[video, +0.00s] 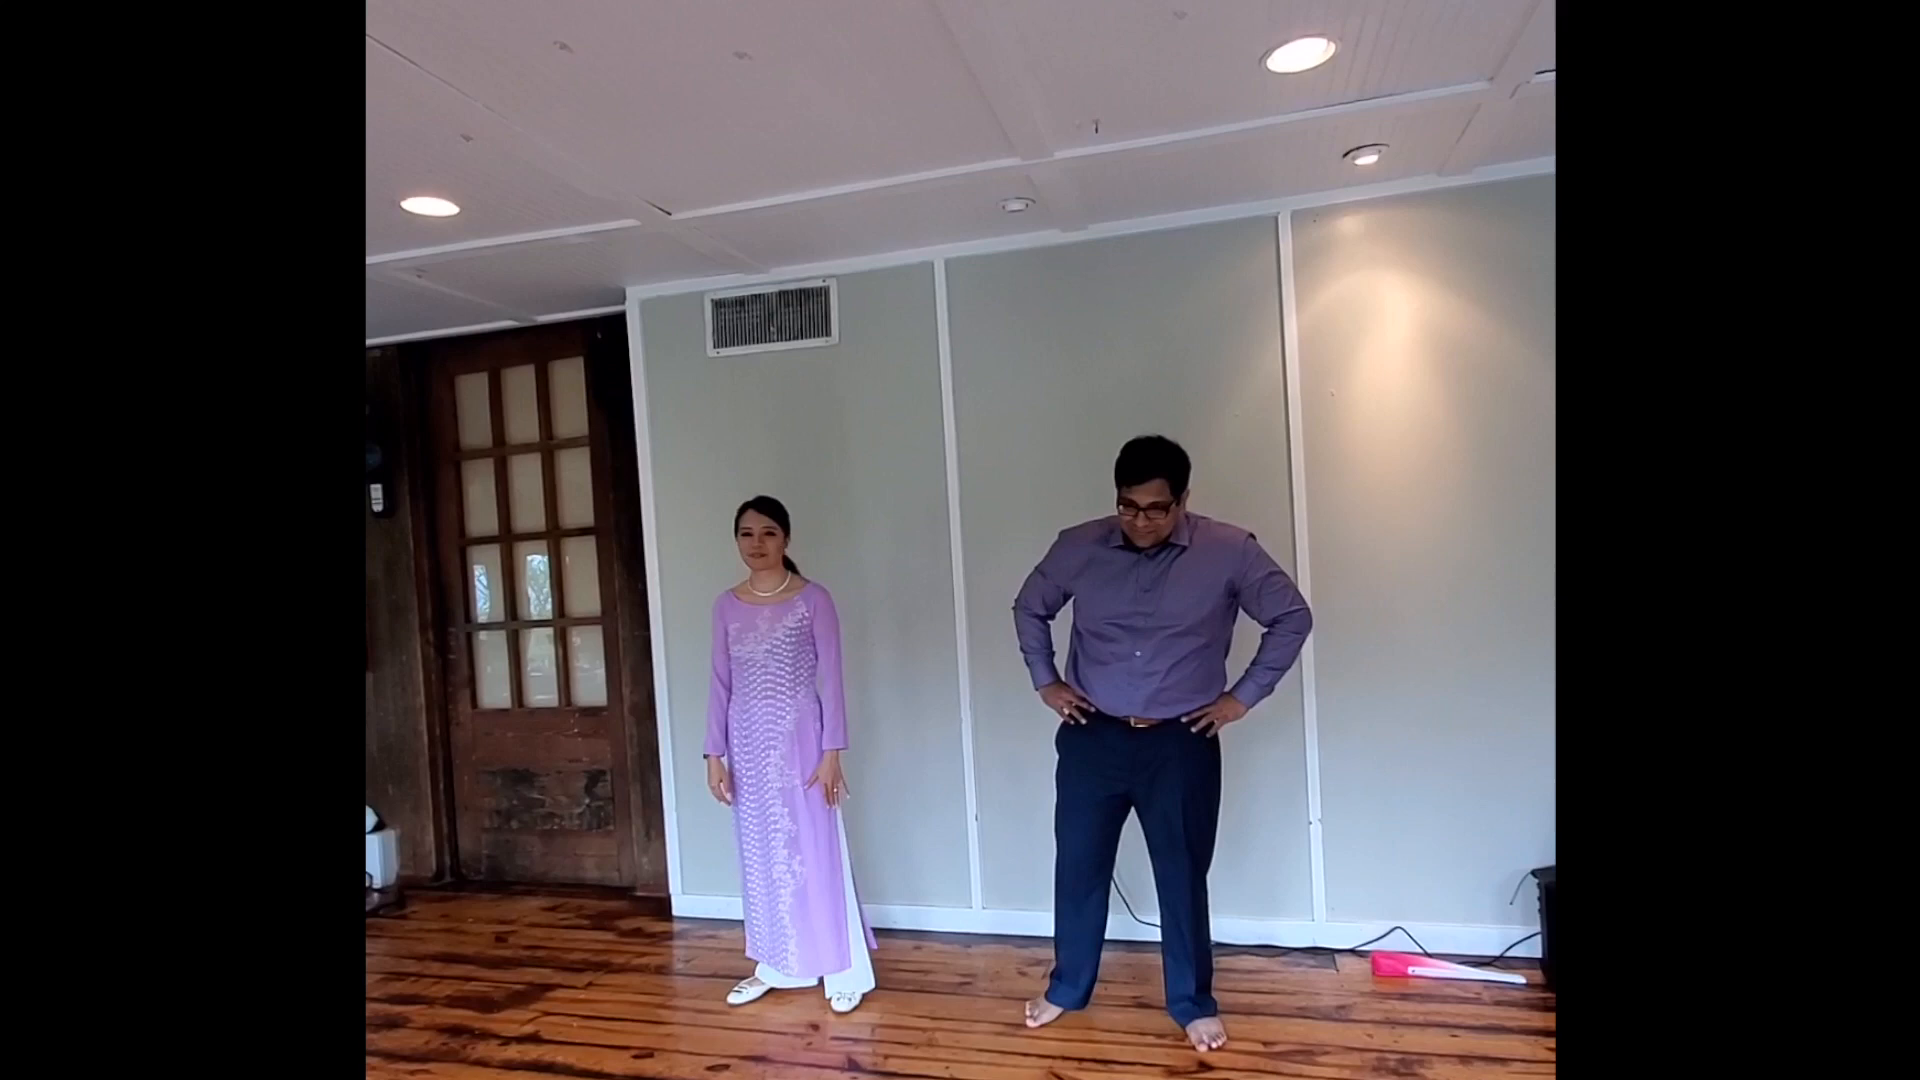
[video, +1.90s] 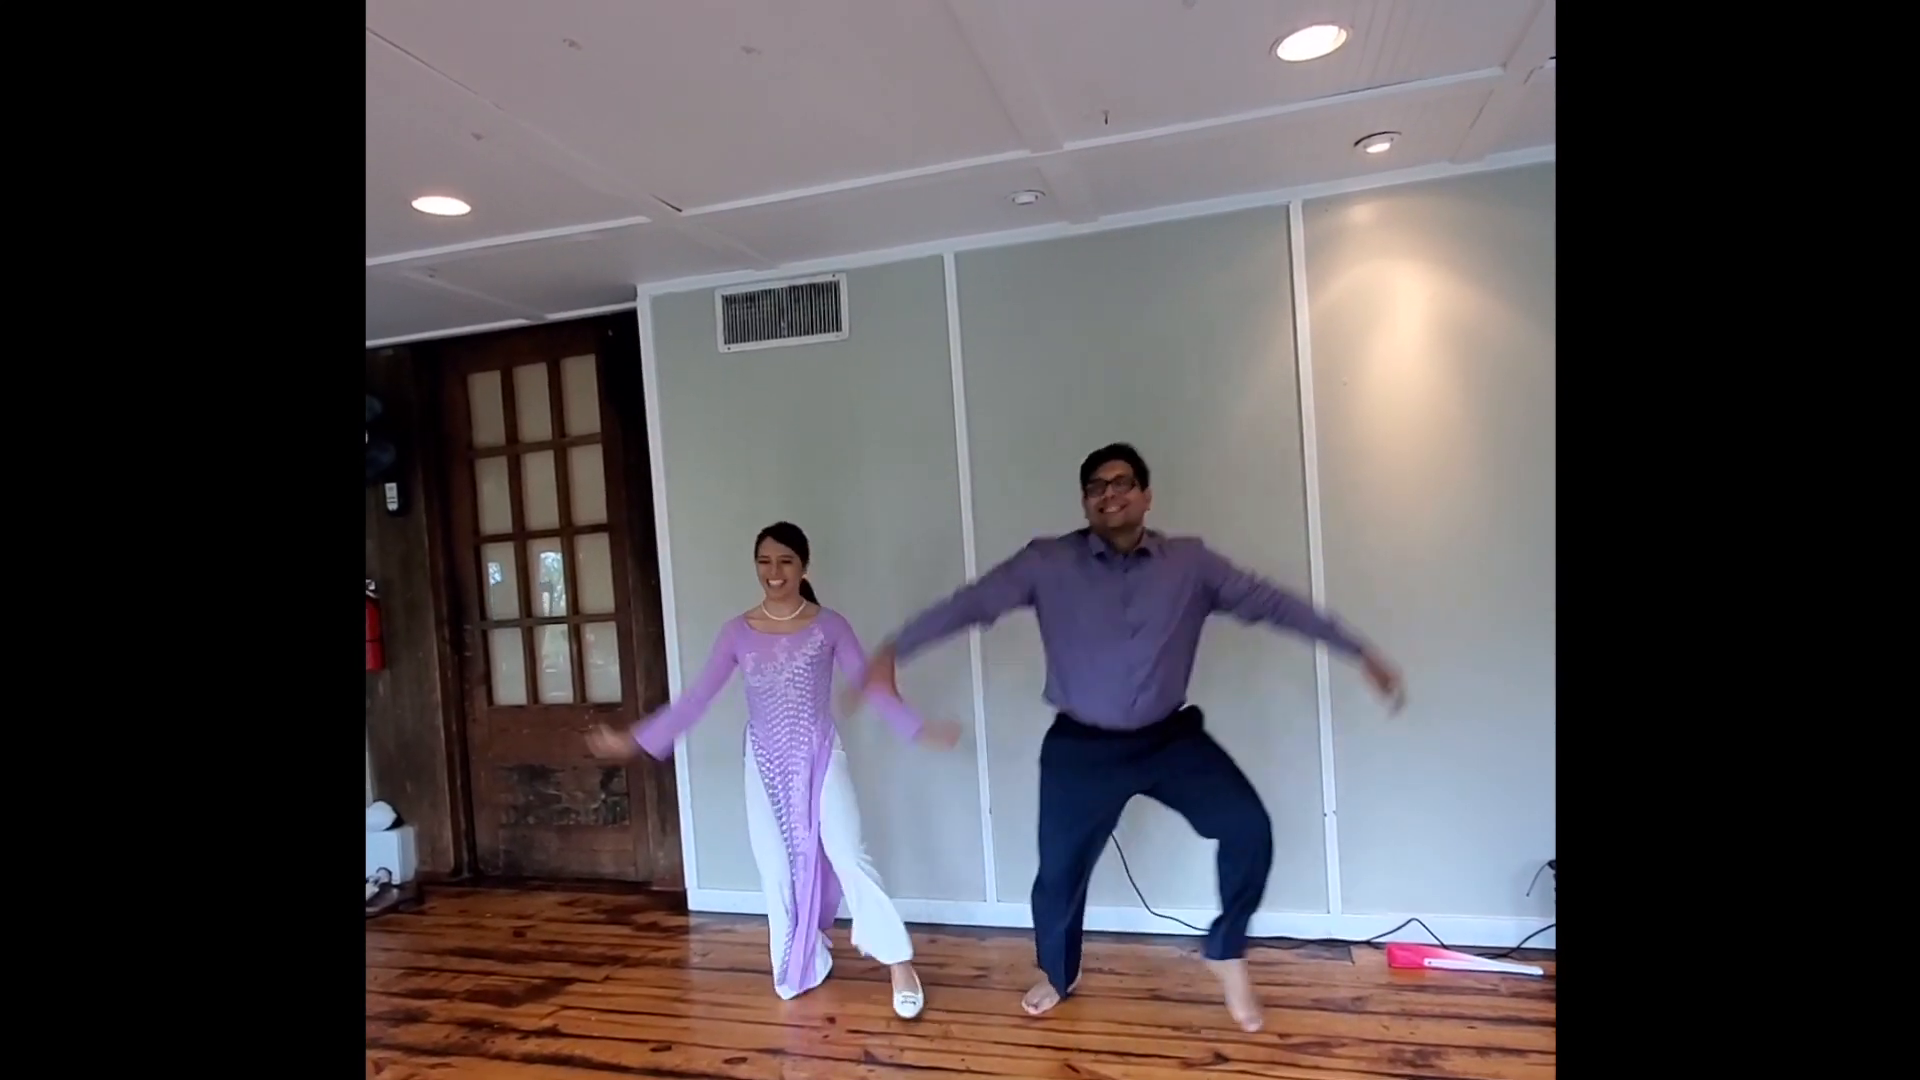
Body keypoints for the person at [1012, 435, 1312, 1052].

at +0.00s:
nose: (1141, 521)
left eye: (1156, 509)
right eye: (1129, 507)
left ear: (1182, 500)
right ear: (1115, 497)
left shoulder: (1229, 551)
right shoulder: (1079, 548)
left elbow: (1293, 617)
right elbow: (1030, 608)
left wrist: (1241, 695)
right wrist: (1046, 680)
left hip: (1181, 743)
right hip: (1092, 738)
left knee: (1183, 883)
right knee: (1078, 873)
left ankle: (1194, 1005)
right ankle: (1068, 987)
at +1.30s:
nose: (1070, 468)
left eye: (1083, 457)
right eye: (1057, 459)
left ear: (1103, 467)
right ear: (1043, 470)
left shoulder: (1139, 519)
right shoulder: (1020, 534)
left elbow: (1209, 577)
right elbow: (1014, 606)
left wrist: (1169, 635)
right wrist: (1095, 651)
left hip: (1154, 706)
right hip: (1068, 713)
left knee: (1199, 823)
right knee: (1060, 842)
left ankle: (1211, 955)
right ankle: (1060, 962)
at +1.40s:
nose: (1061, 486)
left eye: (1074, 476)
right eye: (1049, 477)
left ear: (1094, 488)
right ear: (1034, 490)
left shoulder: (1128, 541)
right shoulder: (1009, 560)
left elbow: (1220, 581)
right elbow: (999, 622)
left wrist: (1159, 581)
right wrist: (1085, 594)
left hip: (1140, 705)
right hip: (1056, 728)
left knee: (1221, 770)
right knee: (1048, 853)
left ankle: (1187, 877)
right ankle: (1067, 960)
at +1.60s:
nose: (1060, 519)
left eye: (1072, 508)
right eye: (1046, 510)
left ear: (1090, 520)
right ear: (1030, 524)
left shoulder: (1130, 582)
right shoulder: (1006, 604)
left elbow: (1164, 672)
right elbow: (1037, 689)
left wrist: (1147, 668)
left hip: (1121, 735)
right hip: (1042, 749)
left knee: (1200, 799)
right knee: (1032, 875)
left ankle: (1158, 935)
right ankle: (1052, 975)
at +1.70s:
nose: (1066, 521)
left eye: (1079, 511)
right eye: (1054, 513)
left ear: (1098, 523)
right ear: (1037, 527)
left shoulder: (1137, 589)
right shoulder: (1011, 613)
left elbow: (1166, 679)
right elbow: (1029, 707)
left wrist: (1177, 768)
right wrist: (1057, 787)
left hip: (1125, 753)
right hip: (1043, 755)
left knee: (1175, 861)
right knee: (1038, 874)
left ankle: (1154, 1001)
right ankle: (1051, 977)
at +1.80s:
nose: (1087, 514)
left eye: (1100, 504)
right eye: (1074, 506)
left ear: (1121, 516)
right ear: (1059, 521)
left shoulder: (1159, 587)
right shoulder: (1027, 595)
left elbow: (1212, 664)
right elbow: (985, 678)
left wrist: (1271, 747)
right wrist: (953, 761)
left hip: (1143, 752)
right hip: (1057, 755)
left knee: (1208, 846)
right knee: (1040, 882)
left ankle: (1173, 974)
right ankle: (1053, 975)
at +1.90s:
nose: (1113, 494)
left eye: (1125, 483)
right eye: (1100, 487)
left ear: (1148, 496)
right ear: (1084, 502)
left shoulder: (1189, 564)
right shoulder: (1047, 563)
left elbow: (1272, 604)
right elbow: (967, 606)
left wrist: (1359, 649)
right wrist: (892, 649)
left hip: (1169, 739)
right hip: (1080, 746)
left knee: (1248, 829)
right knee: (1059, 872)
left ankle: (1228, 953)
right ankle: (1057, 976)